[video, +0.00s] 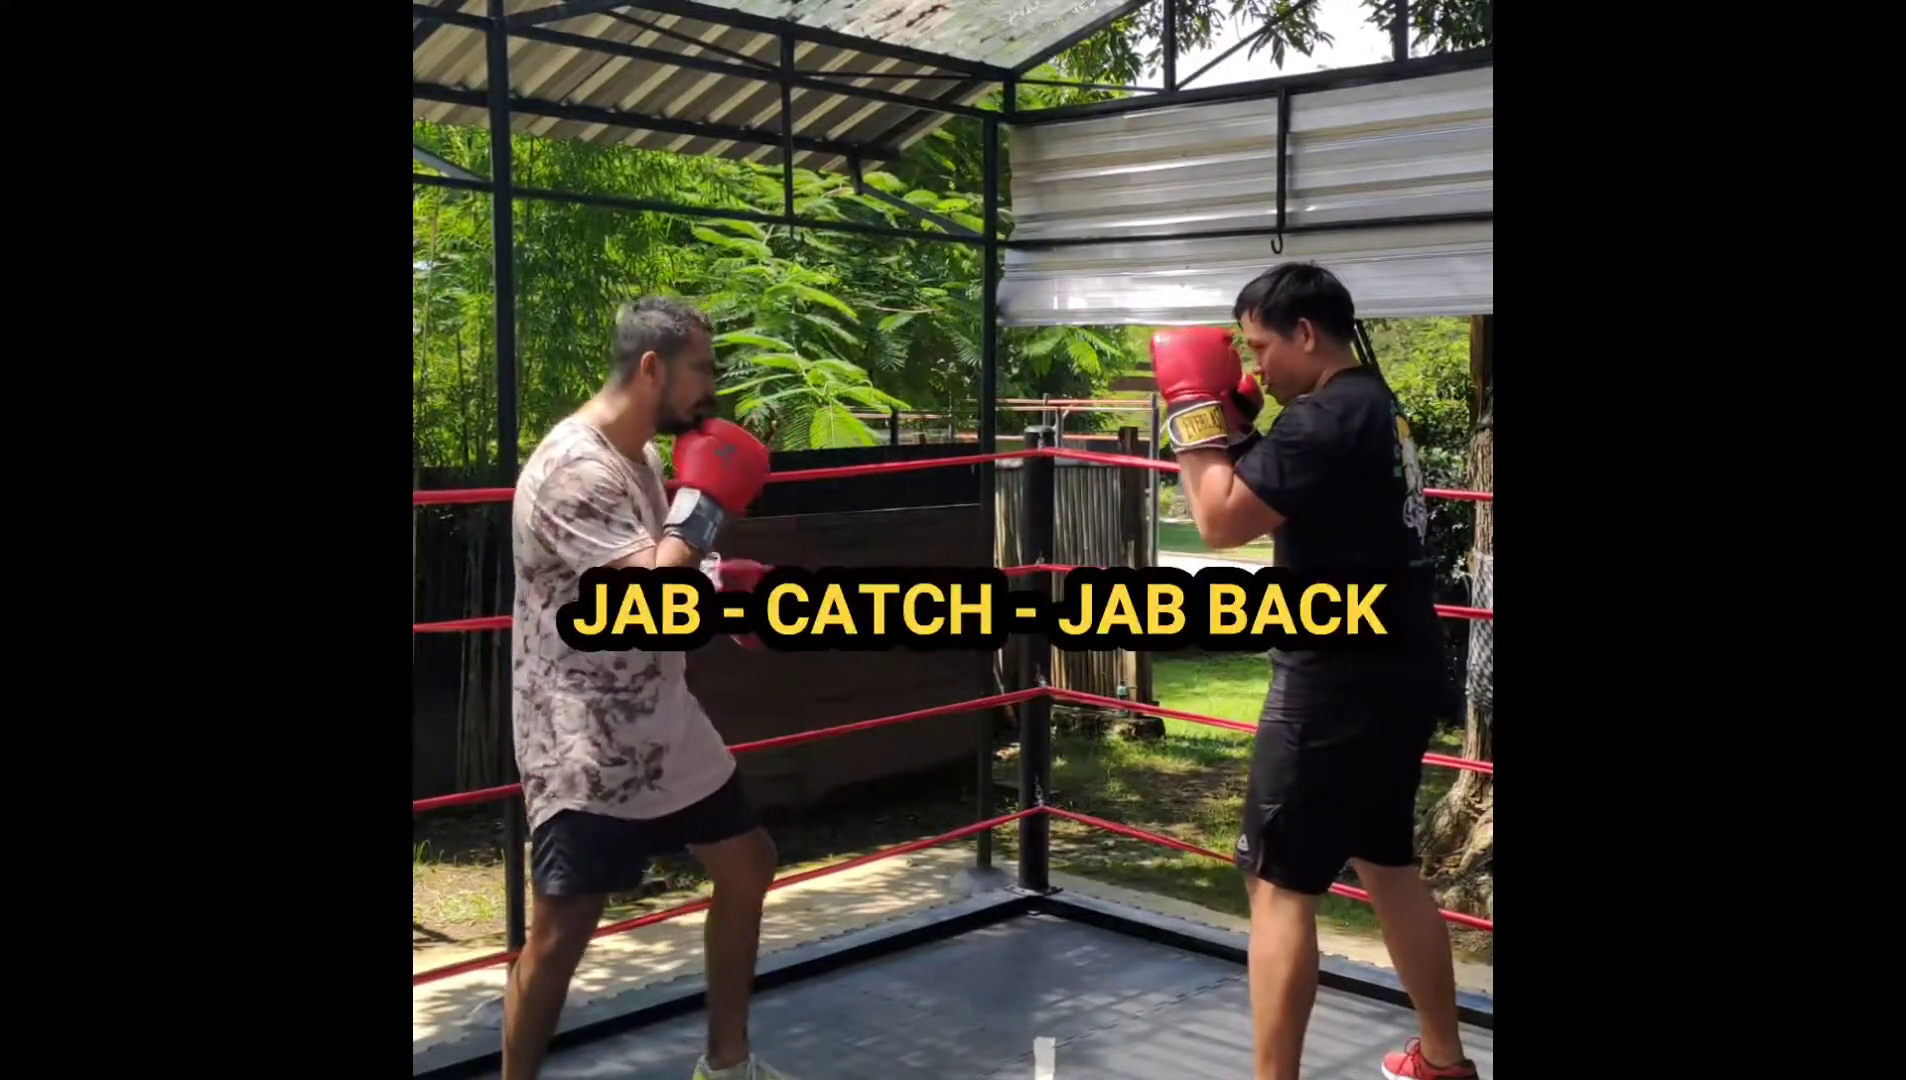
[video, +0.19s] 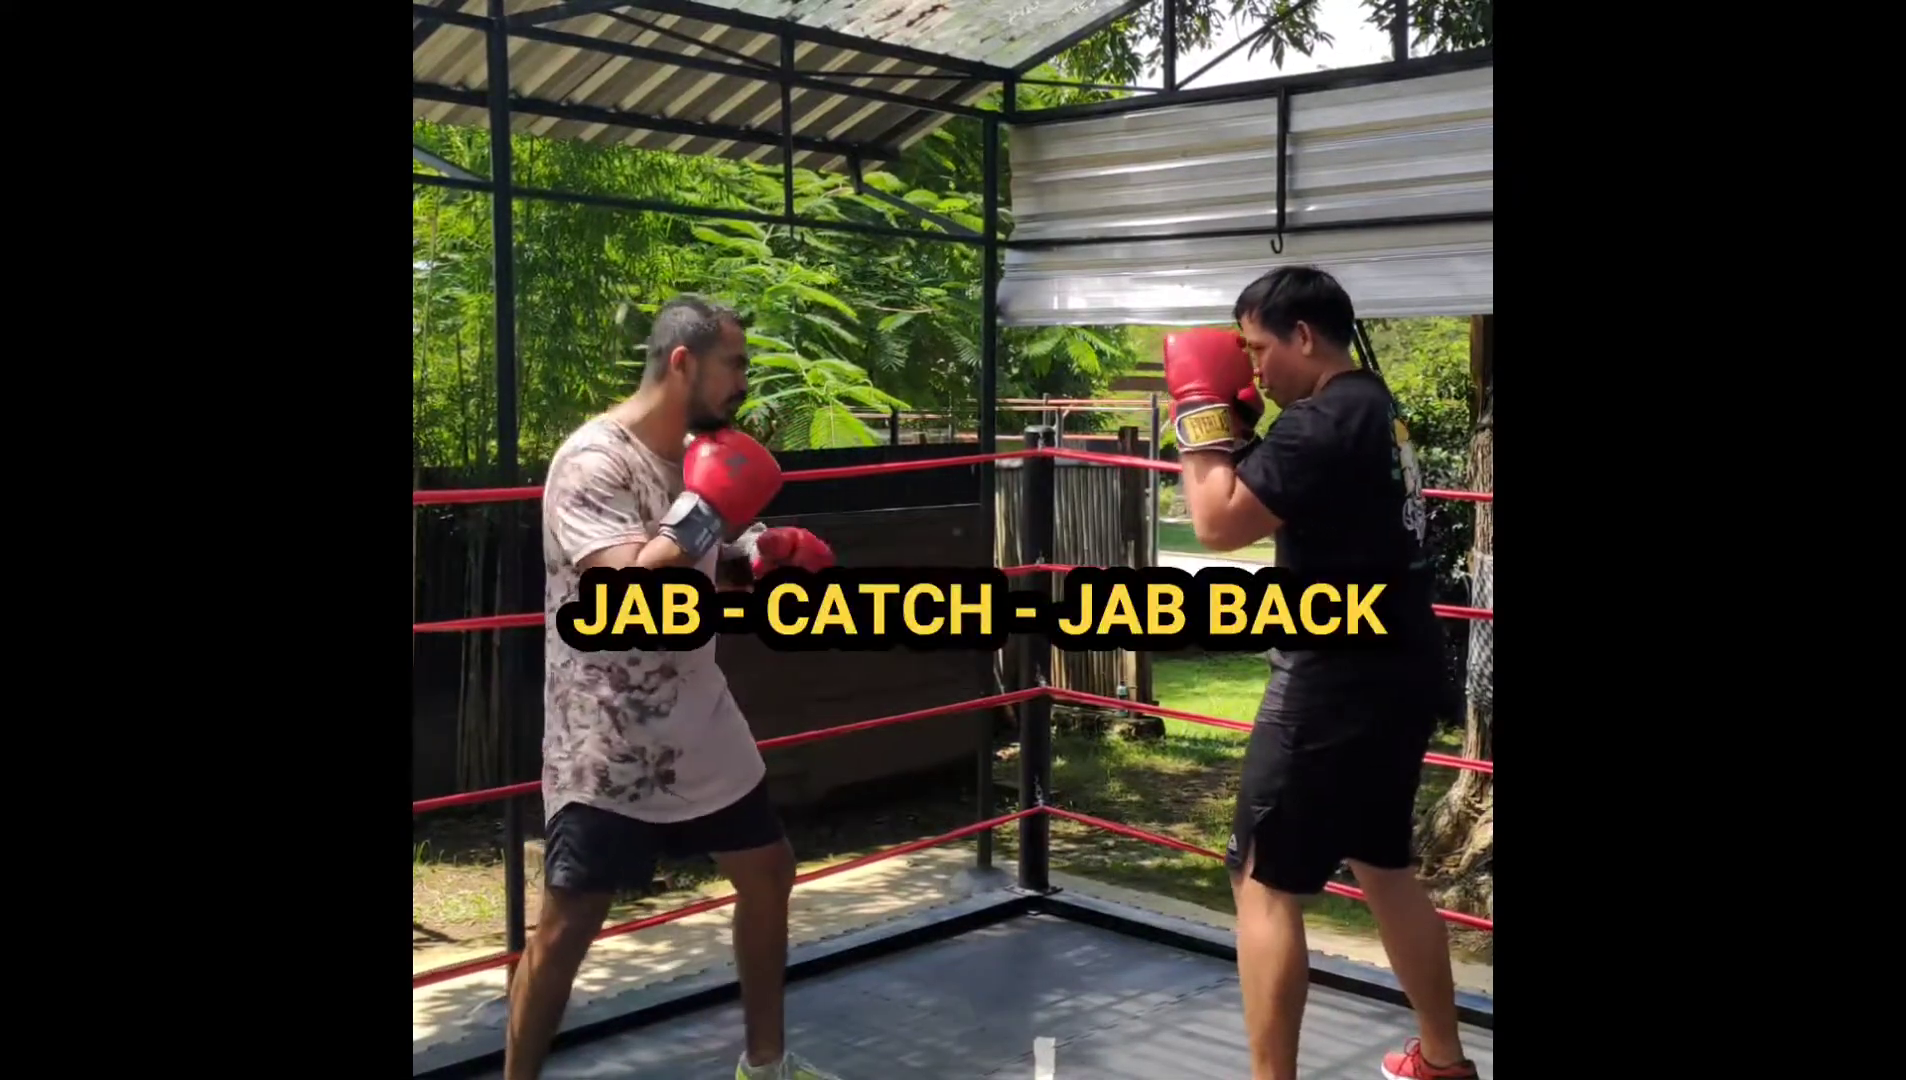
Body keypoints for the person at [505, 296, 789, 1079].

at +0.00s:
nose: (711, 387)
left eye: (712, 369)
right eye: (701, 368)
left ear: (650, 369)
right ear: (651, 366)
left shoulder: (643, 462)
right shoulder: (568, 468)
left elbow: (661, 575)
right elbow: (652, 588)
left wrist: (722, 599)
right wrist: (707, 500)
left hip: (665, 726)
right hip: (580, 742)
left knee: (746, 866)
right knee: (555, 938)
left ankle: (728, 1060)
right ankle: (516, 1077)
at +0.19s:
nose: (743, 381)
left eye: (745, 365)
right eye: (735, 364)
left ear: (688, 366)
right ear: (681, 362)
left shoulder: (697, 459)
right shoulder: (587, 461)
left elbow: (694, 561)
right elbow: (624, 585)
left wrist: (756, 555)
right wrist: (705, 511)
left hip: (702, 728)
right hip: (603, 743)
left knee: (767, 876)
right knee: (562, 933)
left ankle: (767, 1062)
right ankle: (517, 1076)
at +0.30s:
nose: (776, 367)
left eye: (778, 351)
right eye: (766, 350)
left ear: (721, 351)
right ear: (710, 346)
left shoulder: (746, 450)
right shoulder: (617, 441)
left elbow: (814, 513)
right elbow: (626, 551)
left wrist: (866, 487)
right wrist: (719, 486)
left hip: (735, 710)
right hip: (626, 720)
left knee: (775, 873)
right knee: (574, 912)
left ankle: (767, 1060)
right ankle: (521, 1074)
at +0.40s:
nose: (795, 367)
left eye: (798, 352)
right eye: (783, 350)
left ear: (760, 352)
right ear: (728, 346)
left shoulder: (790, 441)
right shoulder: (639, 437)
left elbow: (894, 467)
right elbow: (629, 547)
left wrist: (954, 419)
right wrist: (731, 486)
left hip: (749, 716)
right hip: (636, 722)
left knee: (788, 873)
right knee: (576, 907)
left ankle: (768, 1059)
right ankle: (525, 1074)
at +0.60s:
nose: (811, 375)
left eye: (813, 358)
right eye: (799, 357)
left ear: (762, 360)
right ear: (742, 354)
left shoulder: (797, 449)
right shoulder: (652, 443)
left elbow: (900, 512)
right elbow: (644, 563)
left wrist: (945, 476)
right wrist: (746, 496)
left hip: (761, 718)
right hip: (646, 719)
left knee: (800, 874)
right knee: (578, 902)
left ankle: (770, 1059)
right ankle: (524, 1073)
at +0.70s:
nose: (796, 374)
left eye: (797, 358)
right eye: (784, 357)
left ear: (746, 358)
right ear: (729, 354)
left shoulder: (778, 456)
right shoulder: (636, 447)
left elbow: (815, 558)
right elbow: (636, 566)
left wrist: (860, 549)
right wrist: (733, 501)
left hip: (751, 722)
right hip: (638, 724)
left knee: (790, 874)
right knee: (572, 905)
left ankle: (770, 1059)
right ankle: (511, 1073)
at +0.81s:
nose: (774, 375)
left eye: (775, 358)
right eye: (763, 358)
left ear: (719, 361)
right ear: (709, 356)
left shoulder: (751, 460)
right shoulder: (611, 452)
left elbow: (769, 576)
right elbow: (624, 576)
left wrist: (775, 641)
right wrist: (716, 496)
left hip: (732, 721)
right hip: (619, 731)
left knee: (779, 875)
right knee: (565, 909)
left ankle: (770, 1059)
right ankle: (509, 1074)